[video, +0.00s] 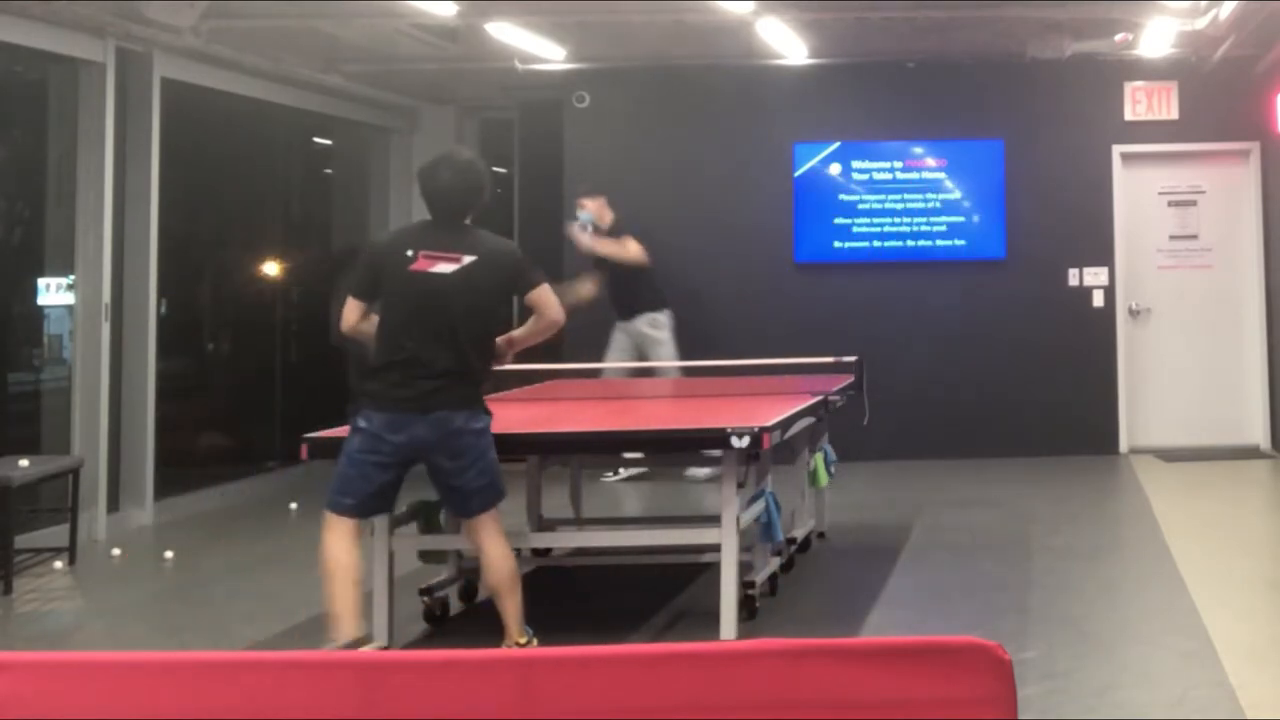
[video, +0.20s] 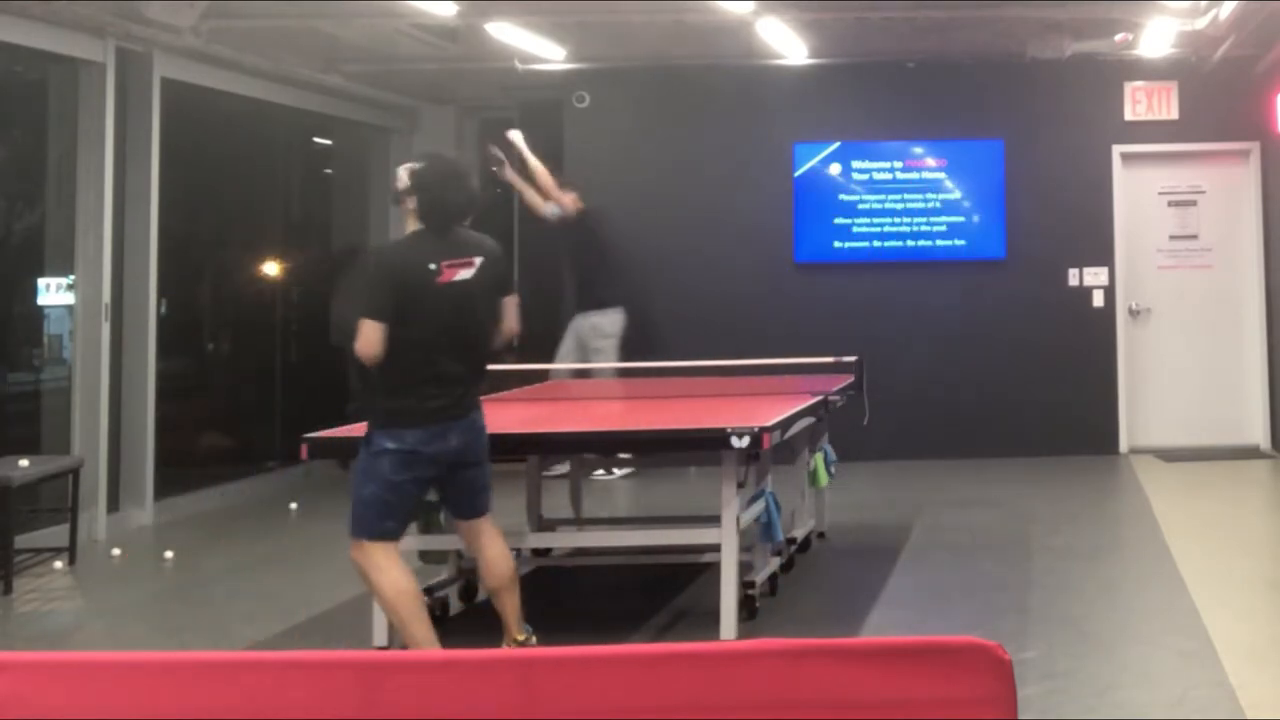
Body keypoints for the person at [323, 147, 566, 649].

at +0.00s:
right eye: (478, 192)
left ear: (425, 197)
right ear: (479, 198)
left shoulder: (389, 248)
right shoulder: (502, 254)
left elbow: (350, 323)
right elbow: (552, 316)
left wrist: (400, 337)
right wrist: (507, 344)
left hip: (386, 416)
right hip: (459, 416)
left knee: (341, 521)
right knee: (485, 524)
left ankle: (347, 639)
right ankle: (516, 638)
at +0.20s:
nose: (398, 197)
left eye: (404, 190)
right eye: (401, 188)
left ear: (417, 201)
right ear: (461, 200)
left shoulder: (391, 259)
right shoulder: (489, 253)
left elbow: (370, 348)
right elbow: (508, 329)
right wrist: (464, 344)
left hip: (403, 432)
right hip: (465, 424)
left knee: (372, 545)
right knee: (478, 525)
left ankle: (430, 659)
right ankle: (518, 637)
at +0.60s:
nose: (372, 171)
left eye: (389, 164)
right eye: (368, 159)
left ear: (418, 182)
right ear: (356, 166)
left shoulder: (444, 242)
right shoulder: (341, 234)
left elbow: (464, 329)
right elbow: (326, 311)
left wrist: (397, 385)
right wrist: (316, 393)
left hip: (416, 429)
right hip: (344, 421)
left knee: (421, 548)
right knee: (298, 542)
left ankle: (437, 667)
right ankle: (325, 664)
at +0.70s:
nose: (359, 172)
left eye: (377, 166)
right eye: (354, 161)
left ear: (404, 187)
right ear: (339, 171)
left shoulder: (431, 250)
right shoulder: (317, 244)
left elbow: (453, 334)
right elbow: (296, 320)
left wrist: (423, 413)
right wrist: (282, 401)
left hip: (403, 431)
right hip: (327, 425)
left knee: (418, 555)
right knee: (287, 552)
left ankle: (434, 672)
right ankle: (262, 685)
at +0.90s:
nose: (310, 170)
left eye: (328, 163)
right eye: (302, 159)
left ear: (355, 185)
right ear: (287, 172)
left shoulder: (387, 256)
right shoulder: (266, 256)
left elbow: (429, 339)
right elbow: (248, 343)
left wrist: (454, 429)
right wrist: (222, 431)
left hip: (362, 450)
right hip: (283, 446)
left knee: (375, 583)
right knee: (272, 584)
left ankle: (419, 653)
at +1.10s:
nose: (294, 146)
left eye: (310, 140)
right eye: (281, 138)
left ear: (334, 165)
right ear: (262, 159)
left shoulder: (365, 235)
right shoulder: (226, 244)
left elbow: (391, 326)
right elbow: (201, 341)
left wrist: (381, 420)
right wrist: (178, 439)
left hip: (336, 443)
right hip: (252, 444)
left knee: (320, 589)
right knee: (255, 594)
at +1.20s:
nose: (296, 146)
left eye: (313, 140)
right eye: (283, 137)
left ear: (333, 166)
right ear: (261, 160)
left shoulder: (359, 241)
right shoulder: (216, 245)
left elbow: (381, 332)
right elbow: (177, 344)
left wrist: (379, 426)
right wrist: (166, 441)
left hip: (326, 448)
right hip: (242, 450)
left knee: (308, 596)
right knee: (252, 606)